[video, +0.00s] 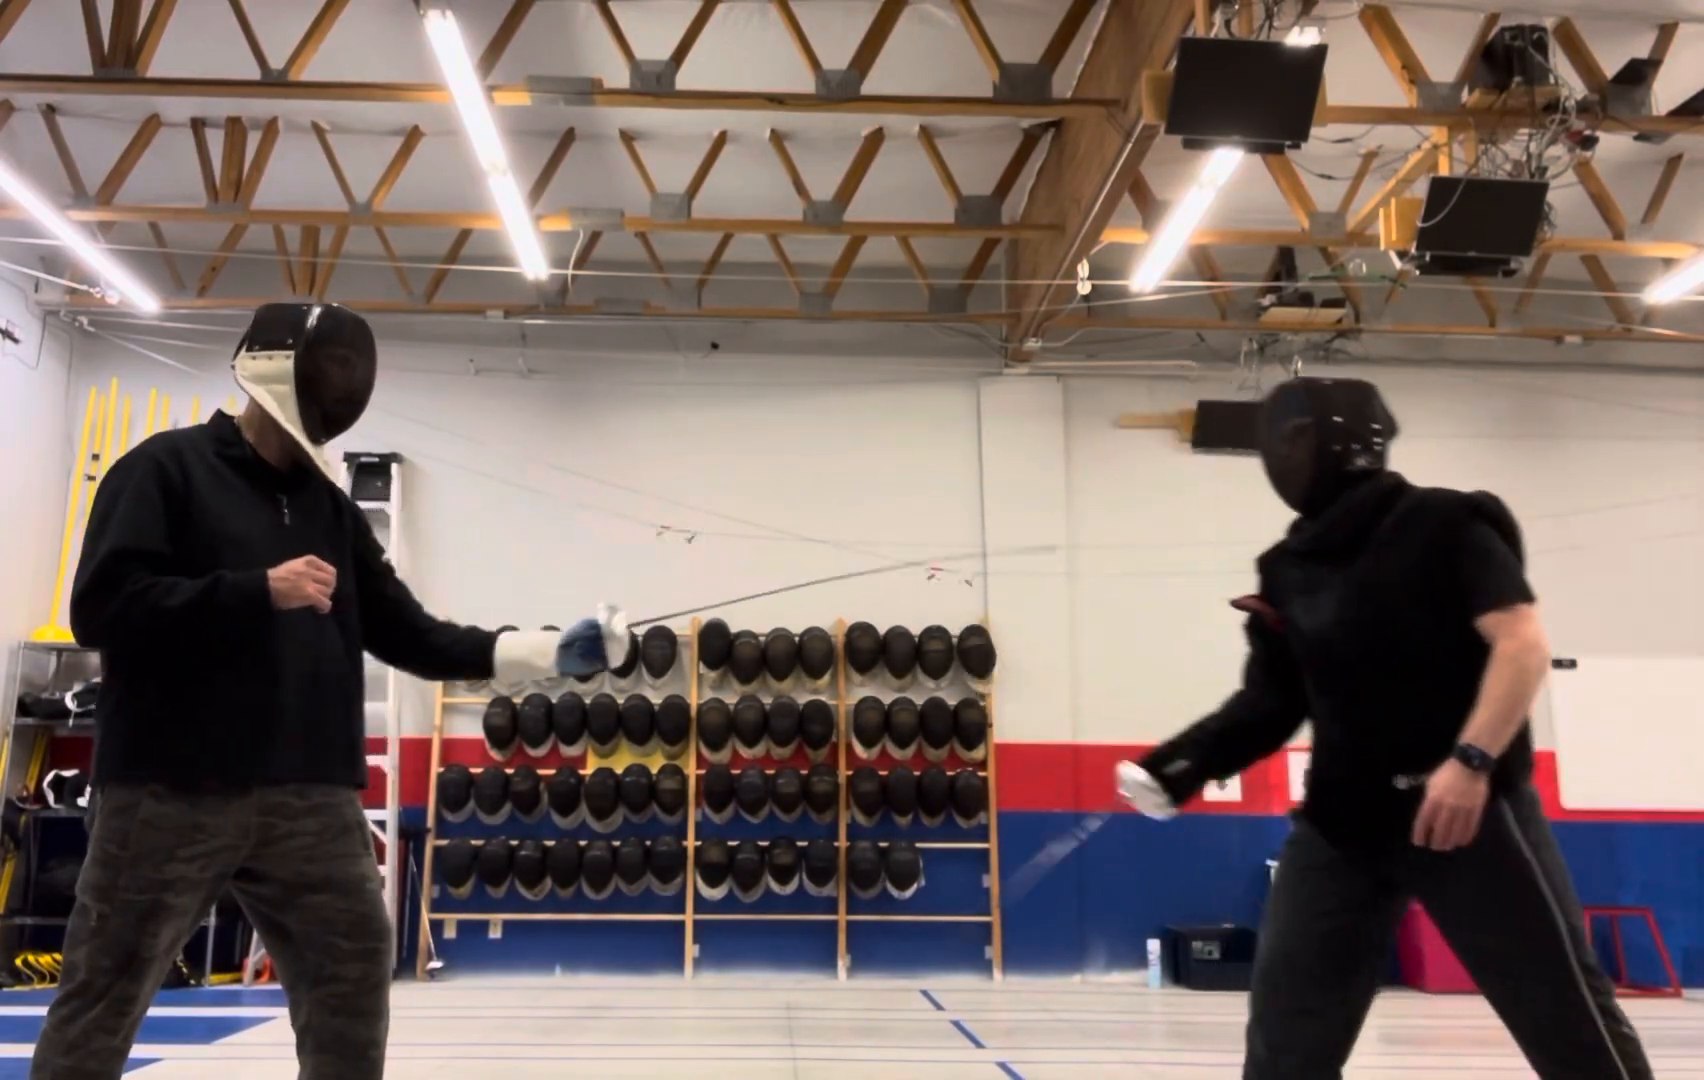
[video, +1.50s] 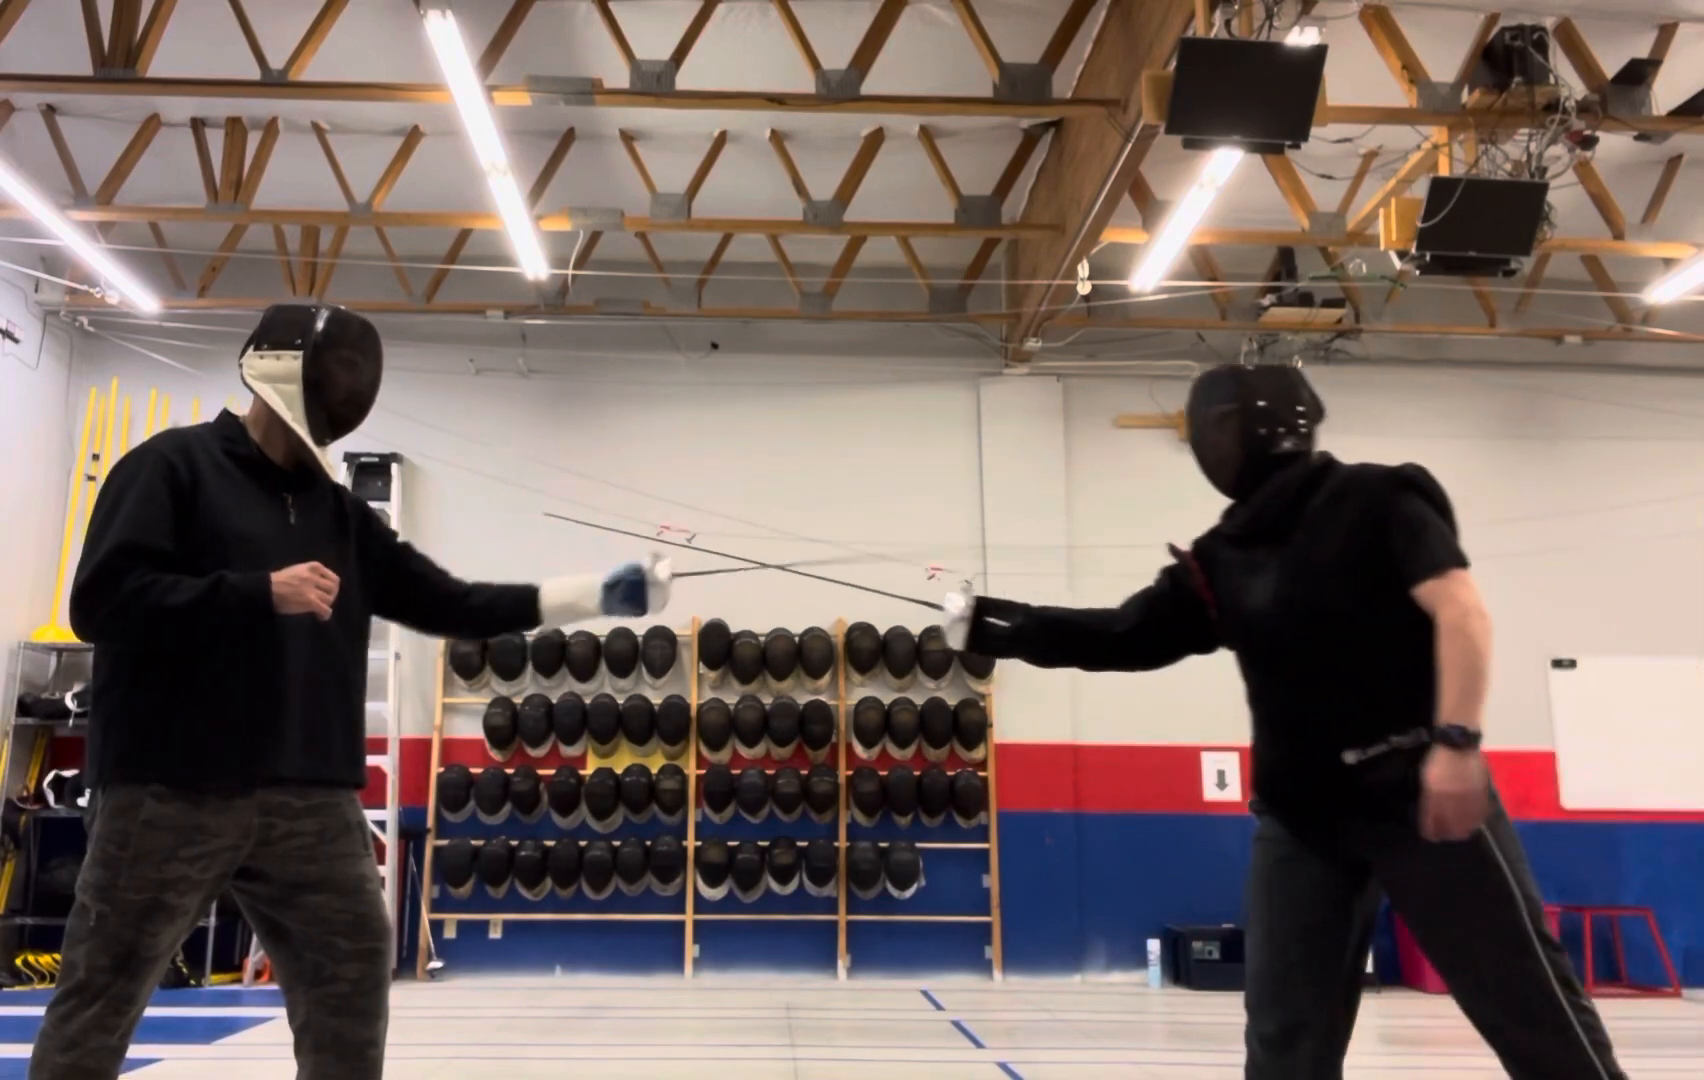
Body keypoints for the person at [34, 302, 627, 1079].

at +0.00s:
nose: (332, 402)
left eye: (342, 388)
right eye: (318, 380)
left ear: (339, 395)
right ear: (266, 372)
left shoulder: (328, 507)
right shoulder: (158, 471)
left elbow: (401, 630)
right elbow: (101, 607)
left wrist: (526, 651)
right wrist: (256, 589)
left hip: (306, 797)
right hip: (165, 792)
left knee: (351, 969)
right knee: (102, 998)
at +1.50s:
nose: (320, 437)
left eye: (335, 420)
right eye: (310, 414)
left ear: (345, 409)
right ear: (269, 384)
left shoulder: (336, 513)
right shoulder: (165, 469)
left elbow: (449, 604)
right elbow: (100, 598)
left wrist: (589, 597)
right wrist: (259, 591)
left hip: (306, 801)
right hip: (166, 793)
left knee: (349, 995)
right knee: (96, 1008)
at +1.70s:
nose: (341, 430)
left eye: (354, 416)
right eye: (331, 406)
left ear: (360, 413)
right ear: (282, 380)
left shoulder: (357, 509)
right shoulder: (174, 468)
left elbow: (489, 531)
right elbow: (108, 594)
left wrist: (639, 505)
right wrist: (269, 590)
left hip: (306, 795)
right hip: (163, 792)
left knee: (350, 989)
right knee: (95, 1004)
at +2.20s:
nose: (322, 435)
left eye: (338, 418)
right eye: (313, 411)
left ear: (346, 407)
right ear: (262, 381)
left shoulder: (337, 506)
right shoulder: (157, 476)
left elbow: (442, 580)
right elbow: (100, 609)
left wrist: (582, 600)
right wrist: (257, 592)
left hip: (305, 797)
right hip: (167, 795)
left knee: (351, 991)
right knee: (98, 1007)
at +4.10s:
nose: (345, 437)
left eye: (358, 421)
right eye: (335, 411)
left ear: (367, 414)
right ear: (288, 384)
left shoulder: (365, 512)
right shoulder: (179, 466)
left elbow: (493, 534)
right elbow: (106, 593)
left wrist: (643, 506)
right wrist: (265, 586)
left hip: (311, 797)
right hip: (163, 793)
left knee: (352, 1003)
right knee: (93, 1007)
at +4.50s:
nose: (340, 418)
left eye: (351, 401)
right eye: (329, 394)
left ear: (352, 398)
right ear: (273, 374)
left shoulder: (343, 508)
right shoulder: (162, 471)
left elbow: (469, 548)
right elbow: (104, 602)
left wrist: (622, 536)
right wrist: (263, 585)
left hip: (309, 798)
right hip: (167, 795)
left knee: (351, 1000)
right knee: (97, 1008)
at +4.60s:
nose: (319, 429)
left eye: (331, 412)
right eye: (310, 405)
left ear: (336, 401)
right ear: (261, 378)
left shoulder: (331, 504)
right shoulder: (155, 472)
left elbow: (437, 587)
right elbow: (105, 608)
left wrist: (577, 602)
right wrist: (260, 582)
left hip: (305, 796)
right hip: (167, 792)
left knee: (351, 992)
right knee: (100, 1004)